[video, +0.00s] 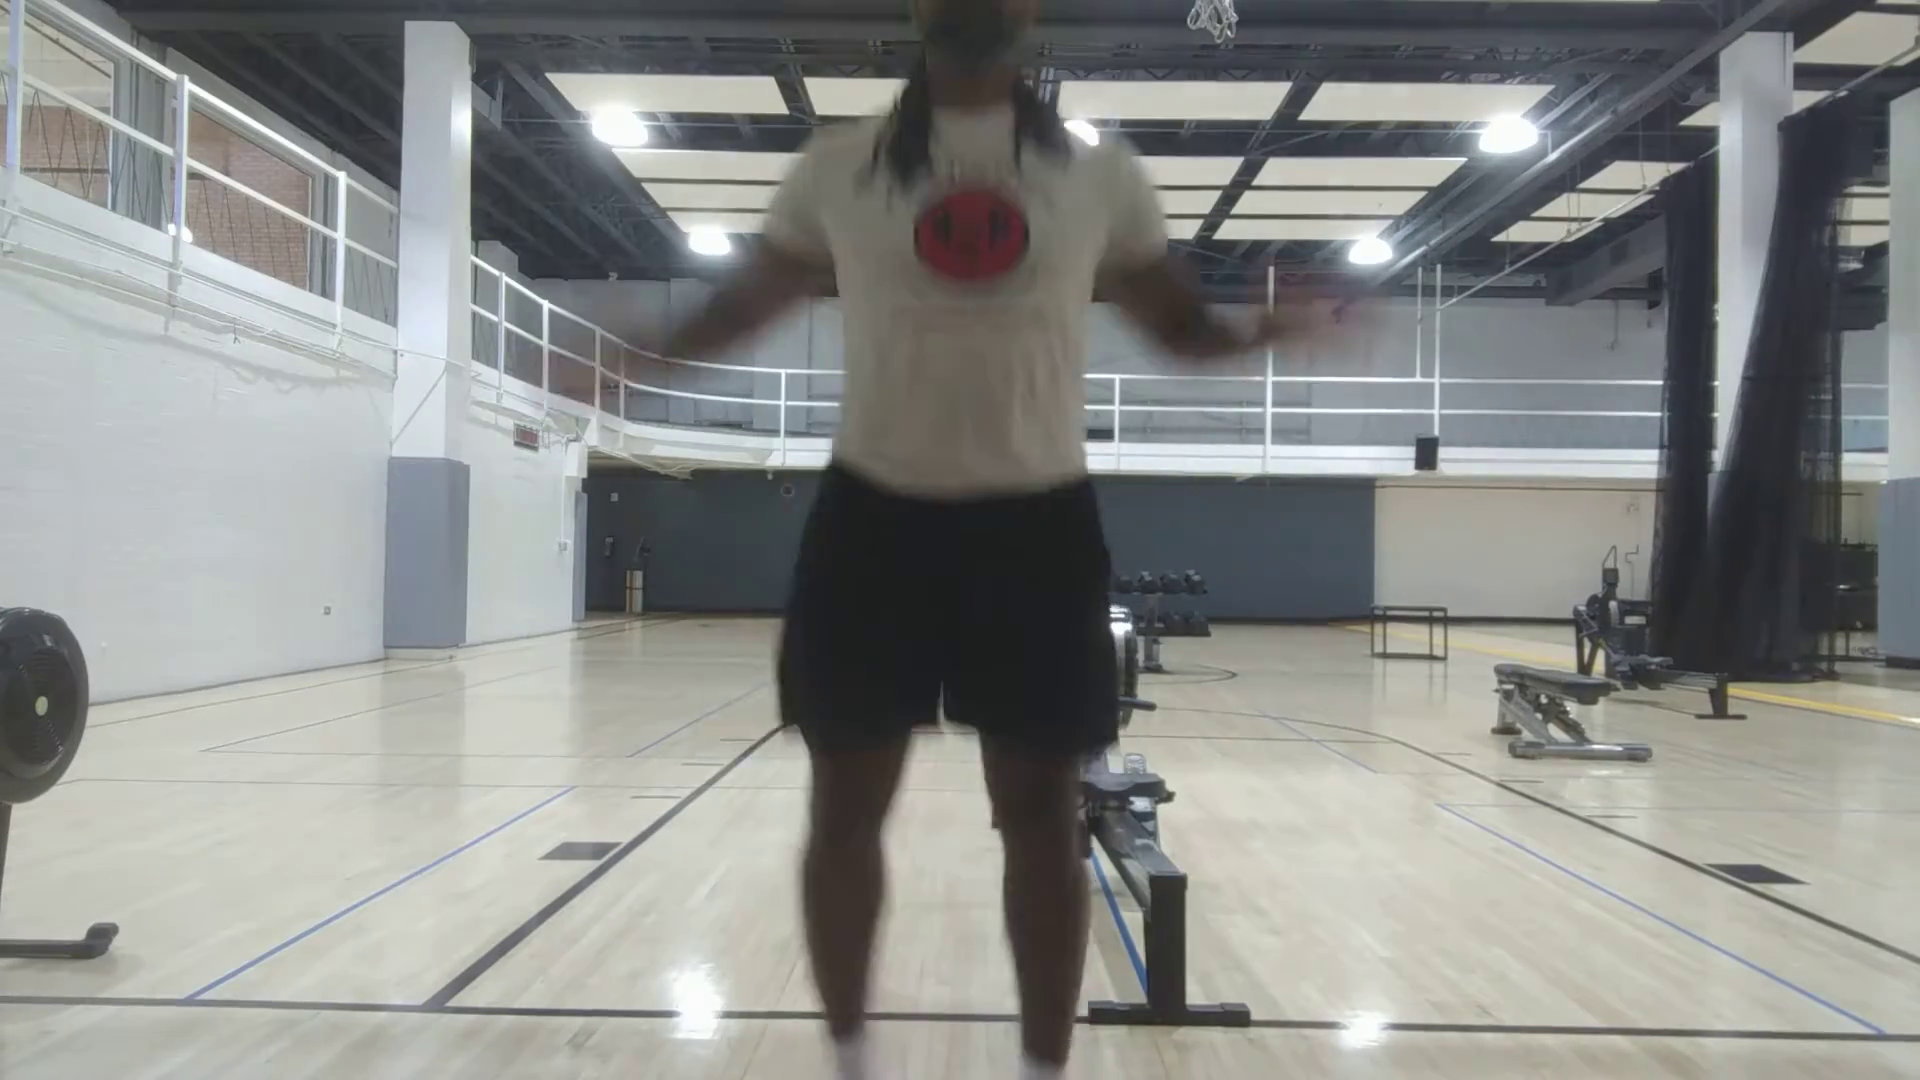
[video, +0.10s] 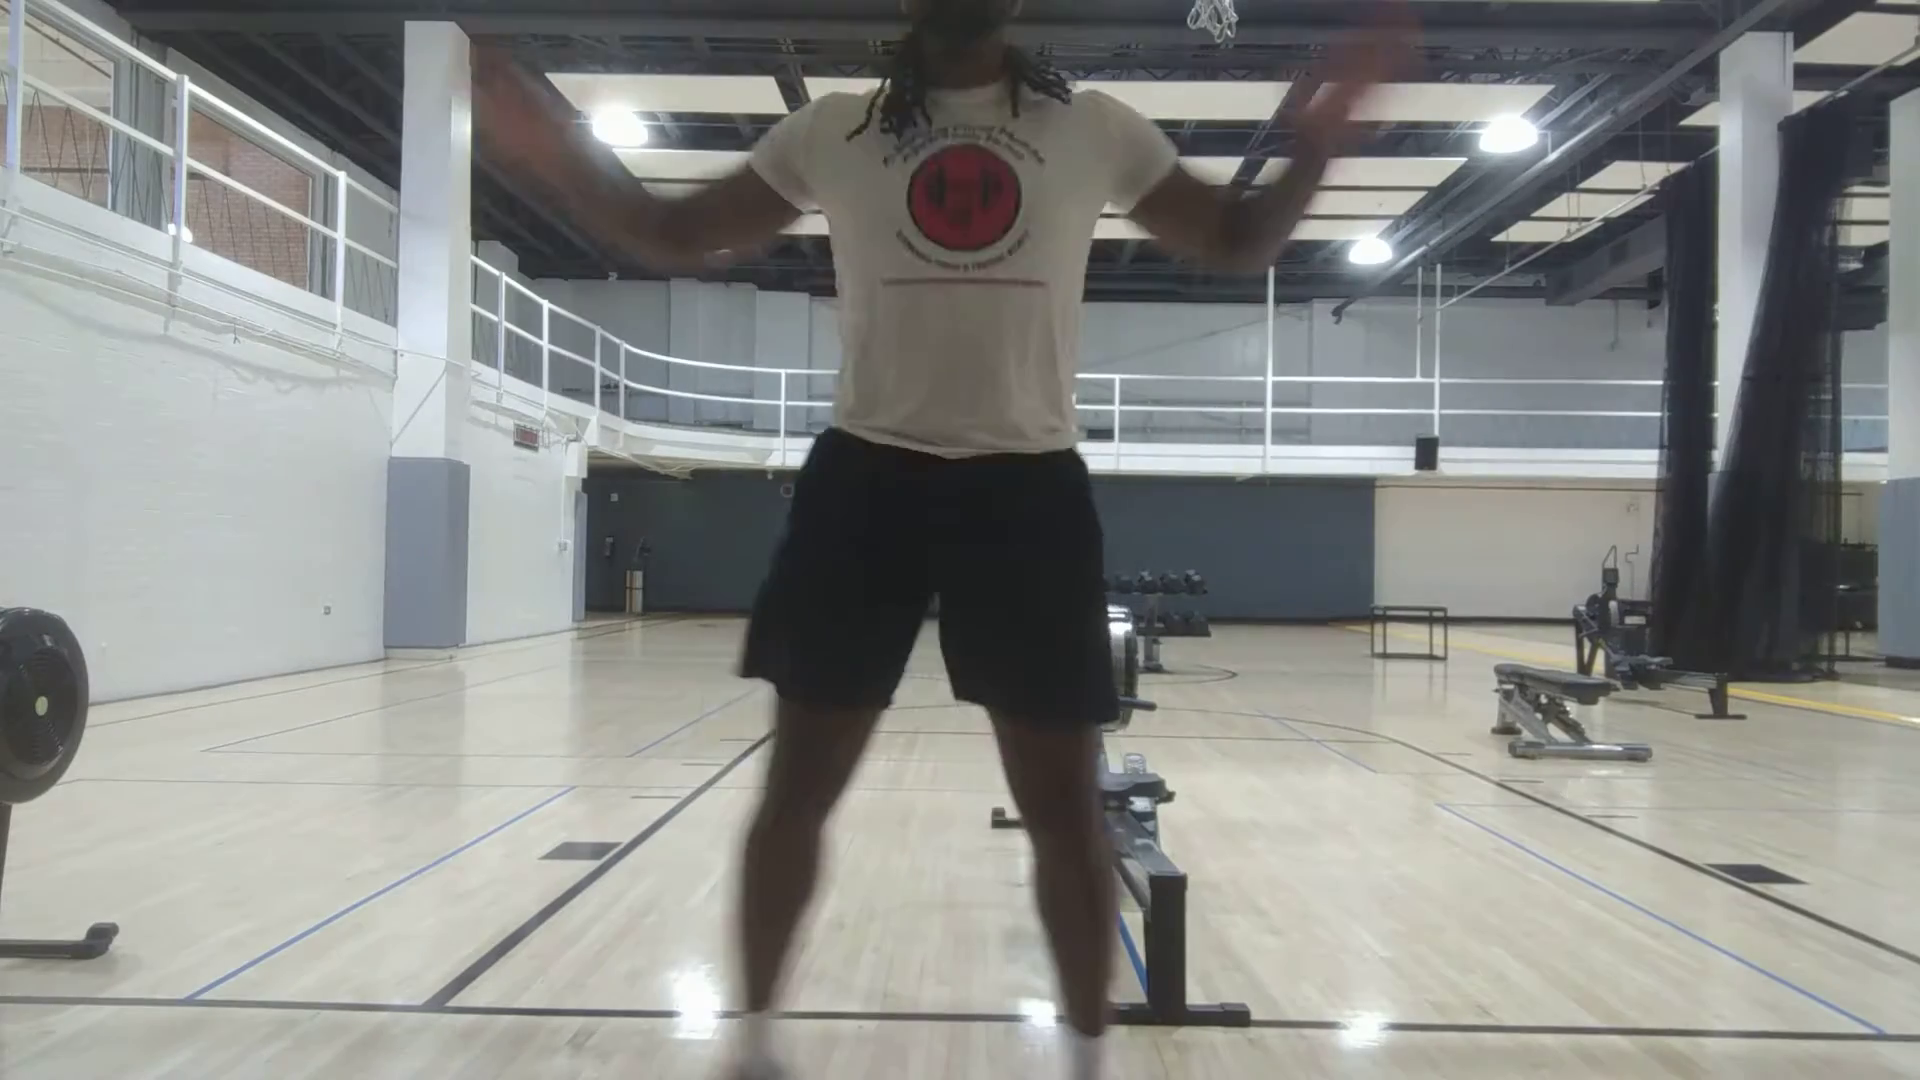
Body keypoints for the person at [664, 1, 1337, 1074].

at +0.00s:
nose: (974, 14)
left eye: (999, 4)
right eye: (954, 1)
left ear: (1033, 24)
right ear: (916, 17)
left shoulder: (1098, 177)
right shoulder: (844, 163)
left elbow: (1189, 332)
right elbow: (739, 309)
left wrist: (1274, 328)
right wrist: (642, 358)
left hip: (1035, 529)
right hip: (875, 524)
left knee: (1040, 816)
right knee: (845, 805)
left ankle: (1046, 1066)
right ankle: (848, 1056)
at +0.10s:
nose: (949, 19)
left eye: (970, 10)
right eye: (935, 10)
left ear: (1014, 21)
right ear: (912, 24)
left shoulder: (1092, 125)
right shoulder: (841, 127)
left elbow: (1236, 241)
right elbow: (668, 236)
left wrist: (1311, 146)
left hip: (1029, 495)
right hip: (865, 488)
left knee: (1063, 802)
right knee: (800, 782)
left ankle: (1090, 1056)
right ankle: (750, 1046)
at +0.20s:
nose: (955, 25)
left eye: (978, 11)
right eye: (933, 9)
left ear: (1008, 38)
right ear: (898, 35)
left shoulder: (1083, 170)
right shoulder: (827, 170)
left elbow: (1268, 166)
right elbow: (644, 178)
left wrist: (1259, 48)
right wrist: (607, 40)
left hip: (1023, 552)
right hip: (857, 543)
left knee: (1084, 842)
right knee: (758, 818)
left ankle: (1129, 1066)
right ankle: (666, 1050)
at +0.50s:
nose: (939, 23)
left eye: (960, 10)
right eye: (917, 10)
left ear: (992, 32)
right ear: (878, 29)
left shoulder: (1062, 157)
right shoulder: (810, 144)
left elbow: (1218, 239)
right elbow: (637, 191)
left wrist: (1330, 132)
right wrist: (555, 83)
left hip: (1000, 506)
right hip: (841, 499)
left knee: (1037, 792)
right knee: (774, 773)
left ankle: (1062, 1038)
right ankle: (745, 1030)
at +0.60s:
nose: (922, 17)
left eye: (945, 6)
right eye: (907, 5)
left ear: (981, 19)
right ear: (878, 18)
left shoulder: (1052, 158)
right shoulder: (808, 144)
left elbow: (1133, 297)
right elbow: (701, 253)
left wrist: (1206, 302)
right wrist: (645, 248)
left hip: (995, 498)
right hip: (838, 492)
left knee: (997, 793)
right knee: (814, 783)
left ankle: (976, 1044)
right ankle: (832, 1037)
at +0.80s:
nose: (918, 96)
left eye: (941, 77)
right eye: (898, 77)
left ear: (975, 105)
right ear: (868, 103)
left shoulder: (1036, 275)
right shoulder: (806, 269)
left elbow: (1074, 418)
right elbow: (758, 427)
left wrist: (1079, 477)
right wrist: (782, 483)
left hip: (988, 603)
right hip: (840, 600)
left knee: (983, 885)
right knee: (835, 878)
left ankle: (958, 1069)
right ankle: (855, 1069)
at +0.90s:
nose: (918, 38)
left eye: (940, 20)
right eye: (898, 20)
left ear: (970, 38)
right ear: (866, 39)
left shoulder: (1033, 199)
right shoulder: (808, 201)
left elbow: (1097, 342)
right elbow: (734, 338)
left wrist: (1153, 369)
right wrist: (694, 382)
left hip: (987, 533)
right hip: (839, 530)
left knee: (982, 799)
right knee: (827, 798)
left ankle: (970, 1049)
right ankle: (840, 1048)